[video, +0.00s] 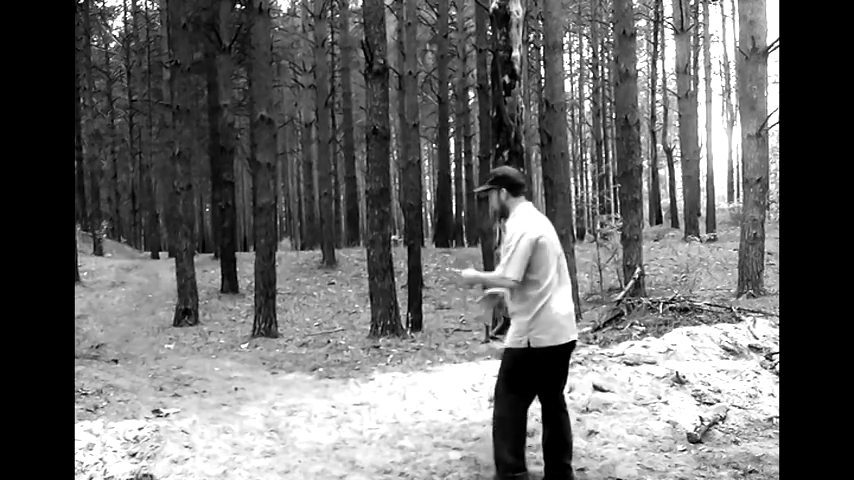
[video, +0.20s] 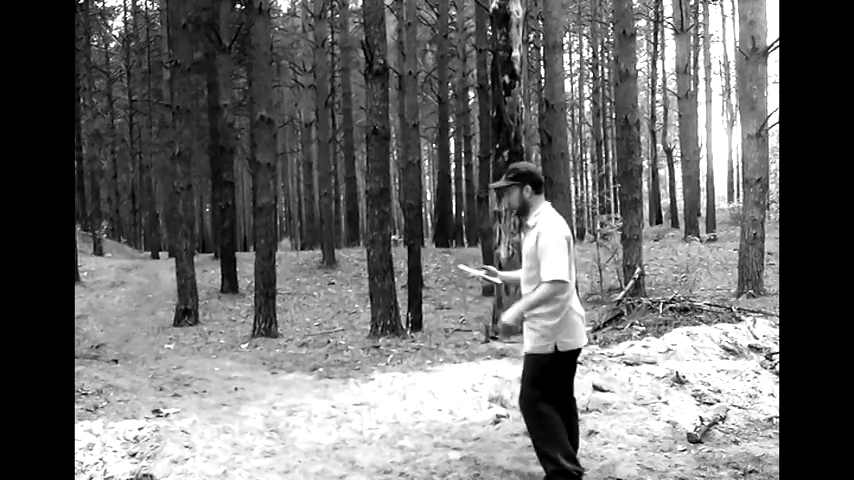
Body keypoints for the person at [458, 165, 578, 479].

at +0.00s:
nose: (489, 204)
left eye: (489, 196)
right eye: (487, 197)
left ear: (503, 193)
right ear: (513, 192)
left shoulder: (522, 225)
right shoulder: (537, 219)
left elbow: (509, 279)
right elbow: (530, 278)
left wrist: (476, 276)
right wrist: (497, 290)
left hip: (533, 334)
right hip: (559, 331)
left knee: (507, 408)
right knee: (553, 405)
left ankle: (509, 472)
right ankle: (560, 473)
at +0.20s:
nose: (504, 201)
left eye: (507, 193)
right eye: (502, 194)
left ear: (526, 190)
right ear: (524, 191)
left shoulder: (550, 226)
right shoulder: (538, 223)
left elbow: (557, 283)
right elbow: (537, 274)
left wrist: (517, 310)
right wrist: (502, 277)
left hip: (553, 332)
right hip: (550, 330)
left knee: (533, 402)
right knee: (559, 401)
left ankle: (562, 471)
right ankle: (568, 466)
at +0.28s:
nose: (514, 201)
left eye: (520, 193)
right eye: (511, 195)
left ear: (540, 191)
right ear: (516, 196)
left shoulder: (562, 229)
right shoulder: (535, 229)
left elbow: (577, 289)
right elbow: (538, 279)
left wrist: (555, 334)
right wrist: (505, 287)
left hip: (564, 340)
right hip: (546, 339)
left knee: (559, 411)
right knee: (554, 410)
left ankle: (579, 473)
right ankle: (559, 471)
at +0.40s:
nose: (524, 203)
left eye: (531, 196)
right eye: (521, 197)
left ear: (551, 193)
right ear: (520, 197)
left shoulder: (577, 235)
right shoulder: (533, 237)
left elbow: (598, 294)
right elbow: (541, 283)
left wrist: (591, 347)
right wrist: (511, 307)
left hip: (576, 348)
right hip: (548, 347)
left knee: (571, 415)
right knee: (554, 422)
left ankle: (590, 477)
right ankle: (557, 476)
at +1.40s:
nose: (527, 181)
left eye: (534, 170)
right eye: (520, 173)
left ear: (558, 164)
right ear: (514, 175)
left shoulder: (600, 220)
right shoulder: (508, 226)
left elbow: (633, 287)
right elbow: (496, 285)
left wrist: (646, 357)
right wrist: (487, 321)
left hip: (584, 357)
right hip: (531, 363)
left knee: (577, 454)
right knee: (547, 461)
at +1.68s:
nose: (495, 174)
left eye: (504, 161)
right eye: (493, 163)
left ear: (537, 158)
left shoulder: (585, 218)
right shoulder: (503, 223)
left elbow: (617, 297)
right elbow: (495, 293)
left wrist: (620, 383)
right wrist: (453, 310)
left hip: (576, 399)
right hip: (516, 396)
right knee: (506, 475)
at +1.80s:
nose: (484, 167)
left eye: (491, 154)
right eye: (482, 157)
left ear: (524, 151)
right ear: (520, 153)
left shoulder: (570, 211)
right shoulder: (496, 220)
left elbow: (598, 292)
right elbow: (492, 287)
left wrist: (588, 376)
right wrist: (444, 301)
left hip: (568, 392)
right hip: (508, 386)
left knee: (576, 475)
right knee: (485, 470)